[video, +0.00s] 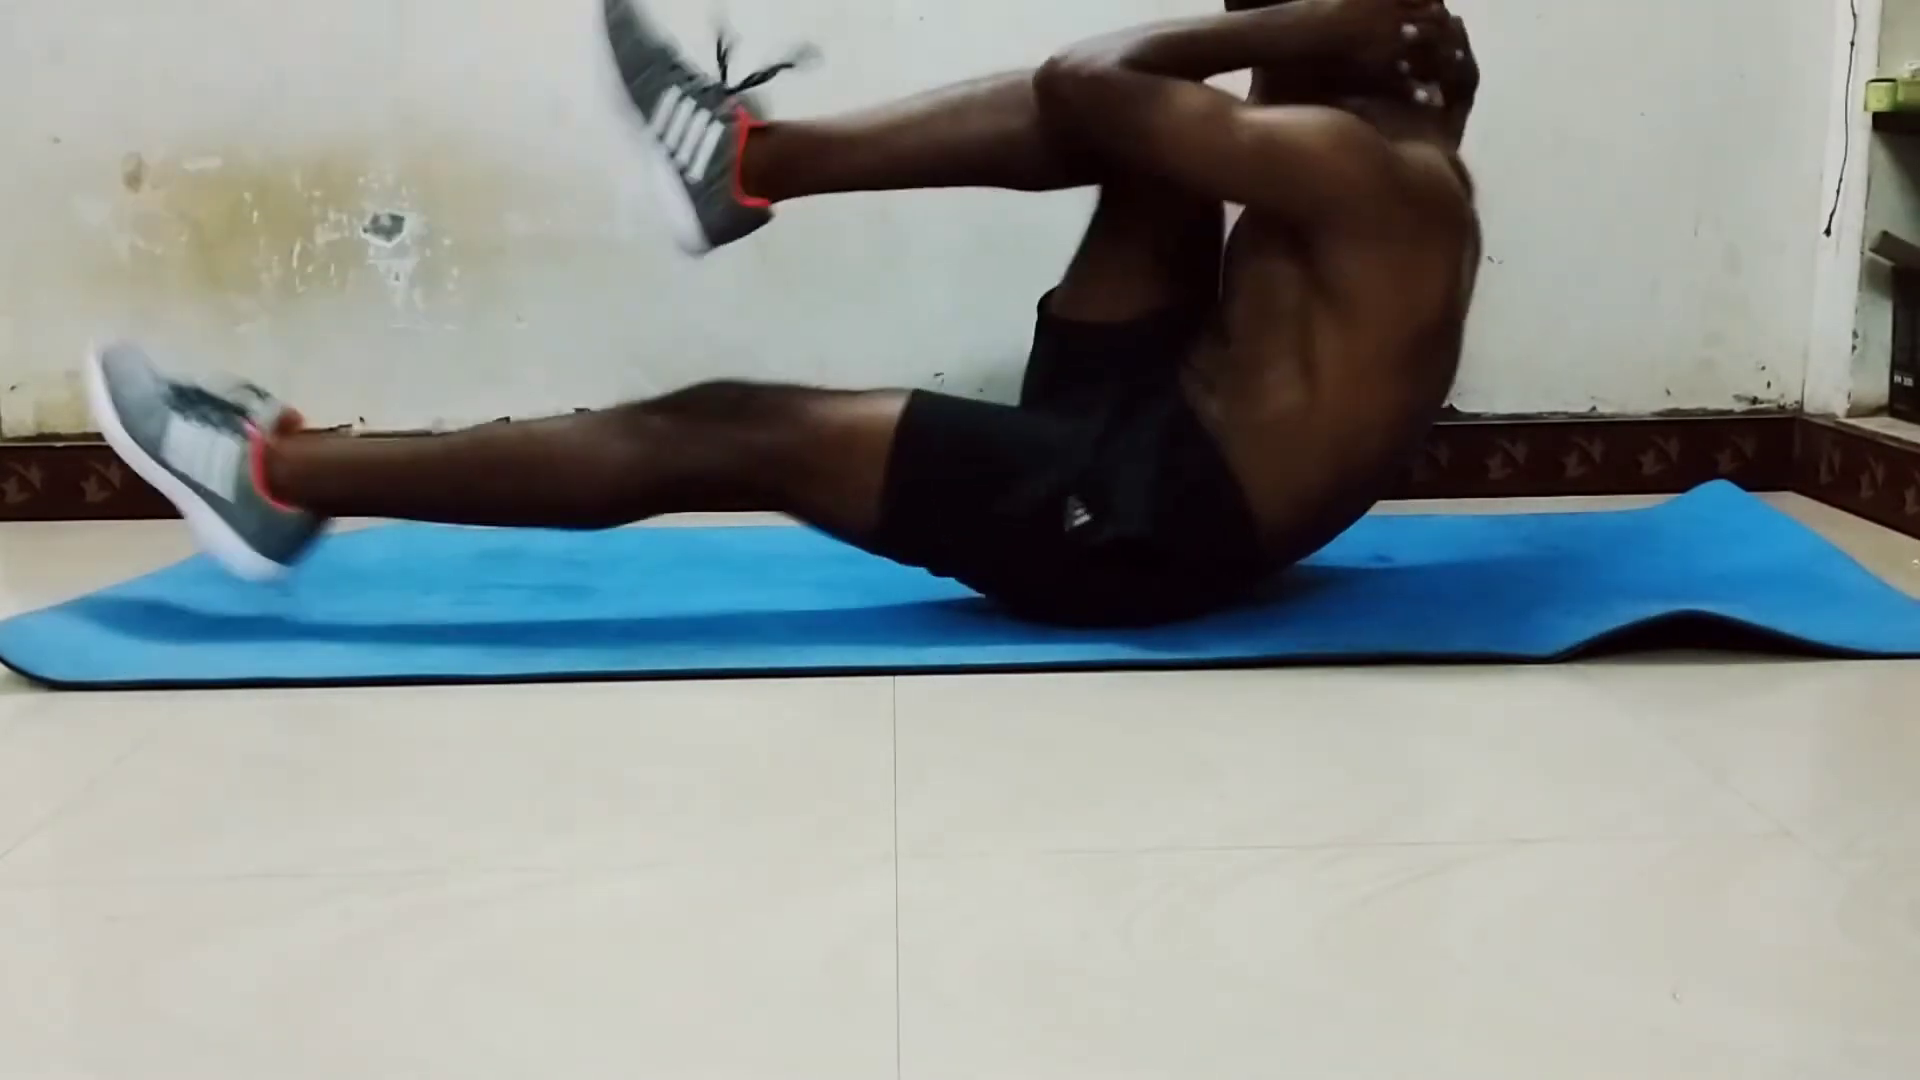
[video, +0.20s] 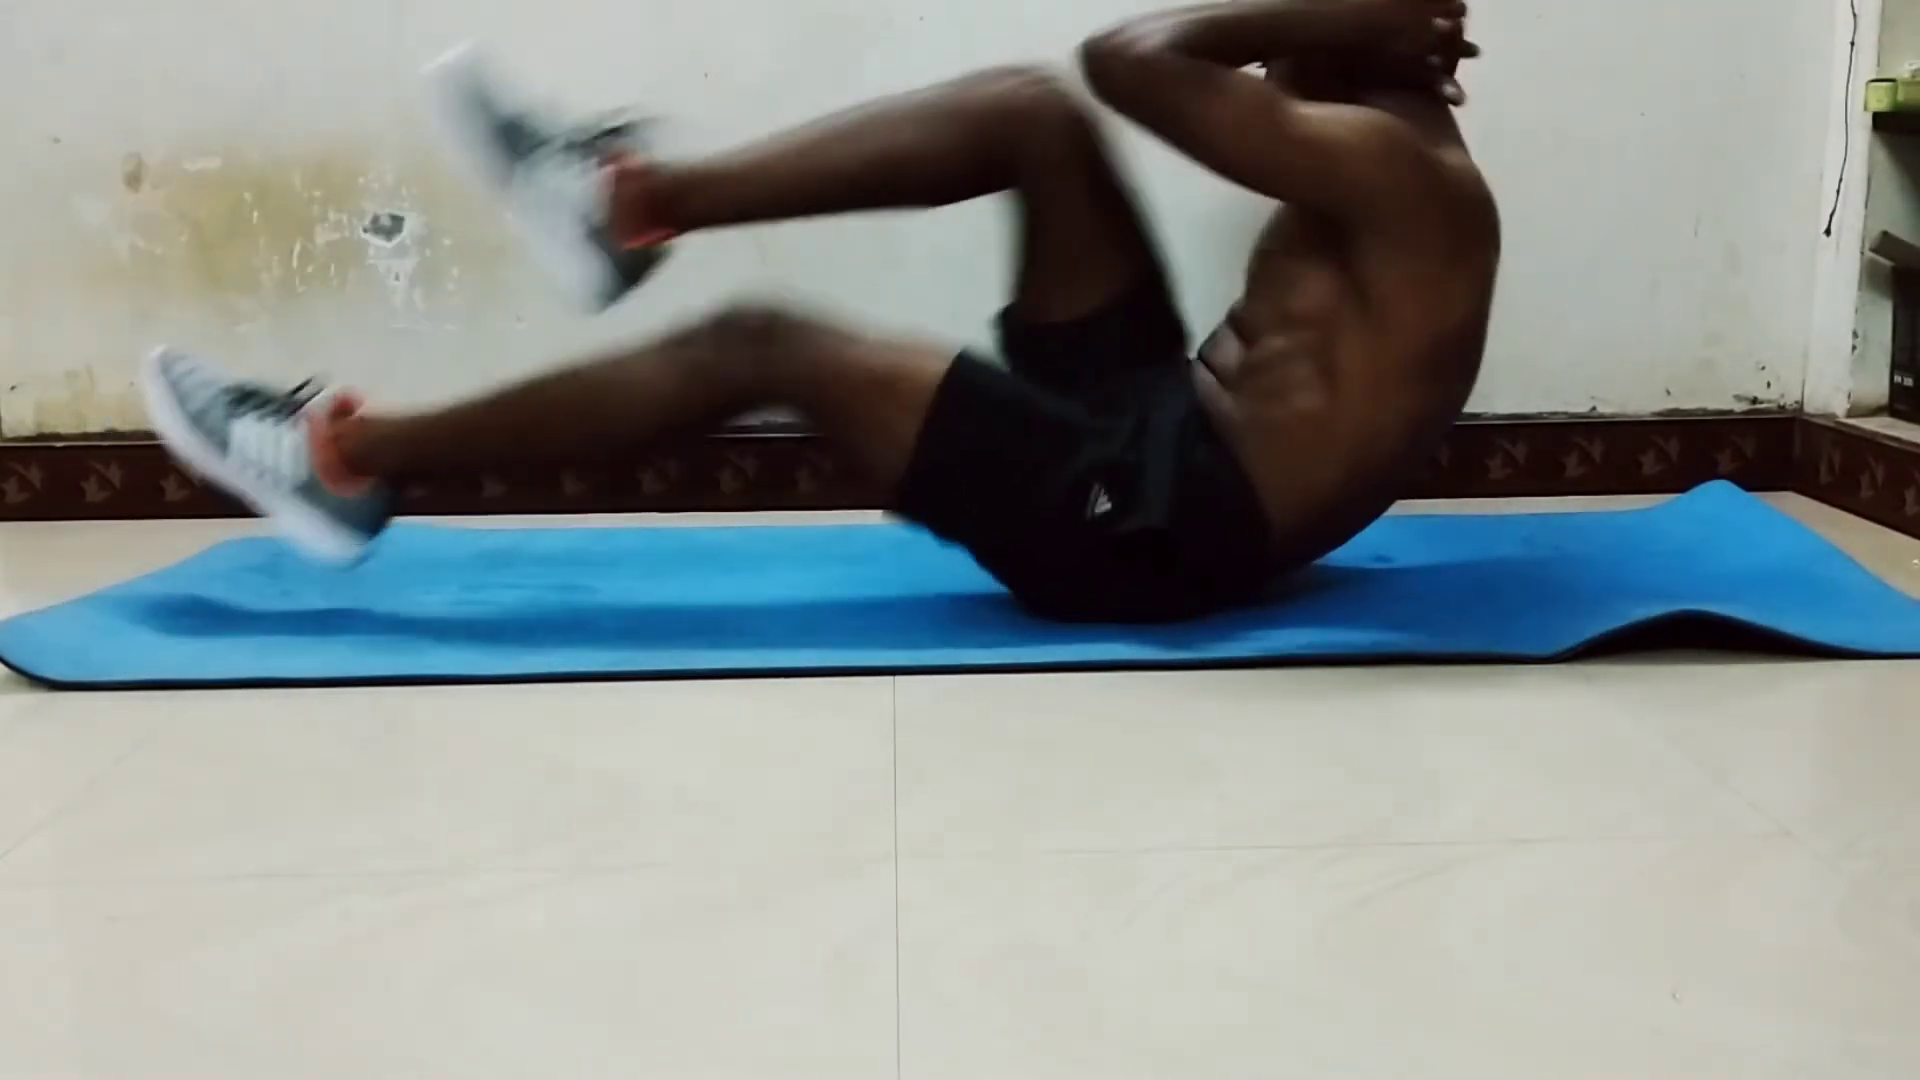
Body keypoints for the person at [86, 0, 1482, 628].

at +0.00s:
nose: (1254, 75)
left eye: (1296, 52)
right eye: (1280, 47)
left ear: (1392, 66)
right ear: (1409, 74)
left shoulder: (1367, 170)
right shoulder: (1388, 166)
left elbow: (1072, 106)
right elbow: (1109, 88)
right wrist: (1343, 39)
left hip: (1132, 517)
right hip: (1143, 440)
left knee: (731, 430)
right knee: (1150, 123)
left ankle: (285, 472)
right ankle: (757, 161)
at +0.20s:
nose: (1274, 66)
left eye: (1289, 49)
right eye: (1289, 45)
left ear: (1365, 54)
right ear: (1386, 56)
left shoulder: (1402, 166)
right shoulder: (1389, 167)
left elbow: (1136, 62)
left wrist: (1360, 60)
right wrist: (1322, 67)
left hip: (1148, 514)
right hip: (1148, 427)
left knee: (762, 346)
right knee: (1046, 112)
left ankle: (347, 457)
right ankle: (638, 200)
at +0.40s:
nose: (1468, 52)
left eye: (1448, 32)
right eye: (1450, 31)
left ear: (1405, 64)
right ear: (1407, 62)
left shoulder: (1438, 204)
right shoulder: (1396, 204)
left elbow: (1242, 44)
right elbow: (1248, 47)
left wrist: (1389, 26)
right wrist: (1376, 31)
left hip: (1159, 515)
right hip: (1140, 482)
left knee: (864, 193)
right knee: (862, 187)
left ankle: (487, 332)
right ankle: (495, 281)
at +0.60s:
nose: (1295, 92)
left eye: (1322, 60)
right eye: (1289, 61)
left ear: (1435, 59)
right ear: (1348, 71)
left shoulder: (1449, 192)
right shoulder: (1329, 177)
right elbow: (1128, 99)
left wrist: (1421, 58)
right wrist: (1281, 55)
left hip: (1157, 508)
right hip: (1104, 475)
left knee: (1023, 102)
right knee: (757, 332)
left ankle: (632, 183)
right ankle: (370, 337)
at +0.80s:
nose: (1297, 83)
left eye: (1334, 58)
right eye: (1289, 56)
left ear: (1413, 63)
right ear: (1282, 50)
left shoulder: (1462, 205)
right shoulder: (1242, 150)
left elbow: (1614, 40)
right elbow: (1051, 54)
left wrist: (1478, 25)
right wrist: (1229, 24)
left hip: (1172, 516)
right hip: (1065, 450)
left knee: (1148, 107)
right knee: (744, 394)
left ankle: (752, 91)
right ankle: (373, 420)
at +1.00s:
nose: (1285, 89)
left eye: (1315, 63)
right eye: (1279, 66)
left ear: (1409, 64)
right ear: (1288, 72)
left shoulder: (1478, 200)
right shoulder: (1264, 143)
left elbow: (1645, 45)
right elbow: (1034, 39)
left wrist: (1481, 28)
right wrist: (1215, 29)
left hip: (1184, 510)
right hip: (1095, 444)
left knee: (1107, 121)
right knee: (757, 344)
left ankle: (694, 123)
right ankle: (416, 459)